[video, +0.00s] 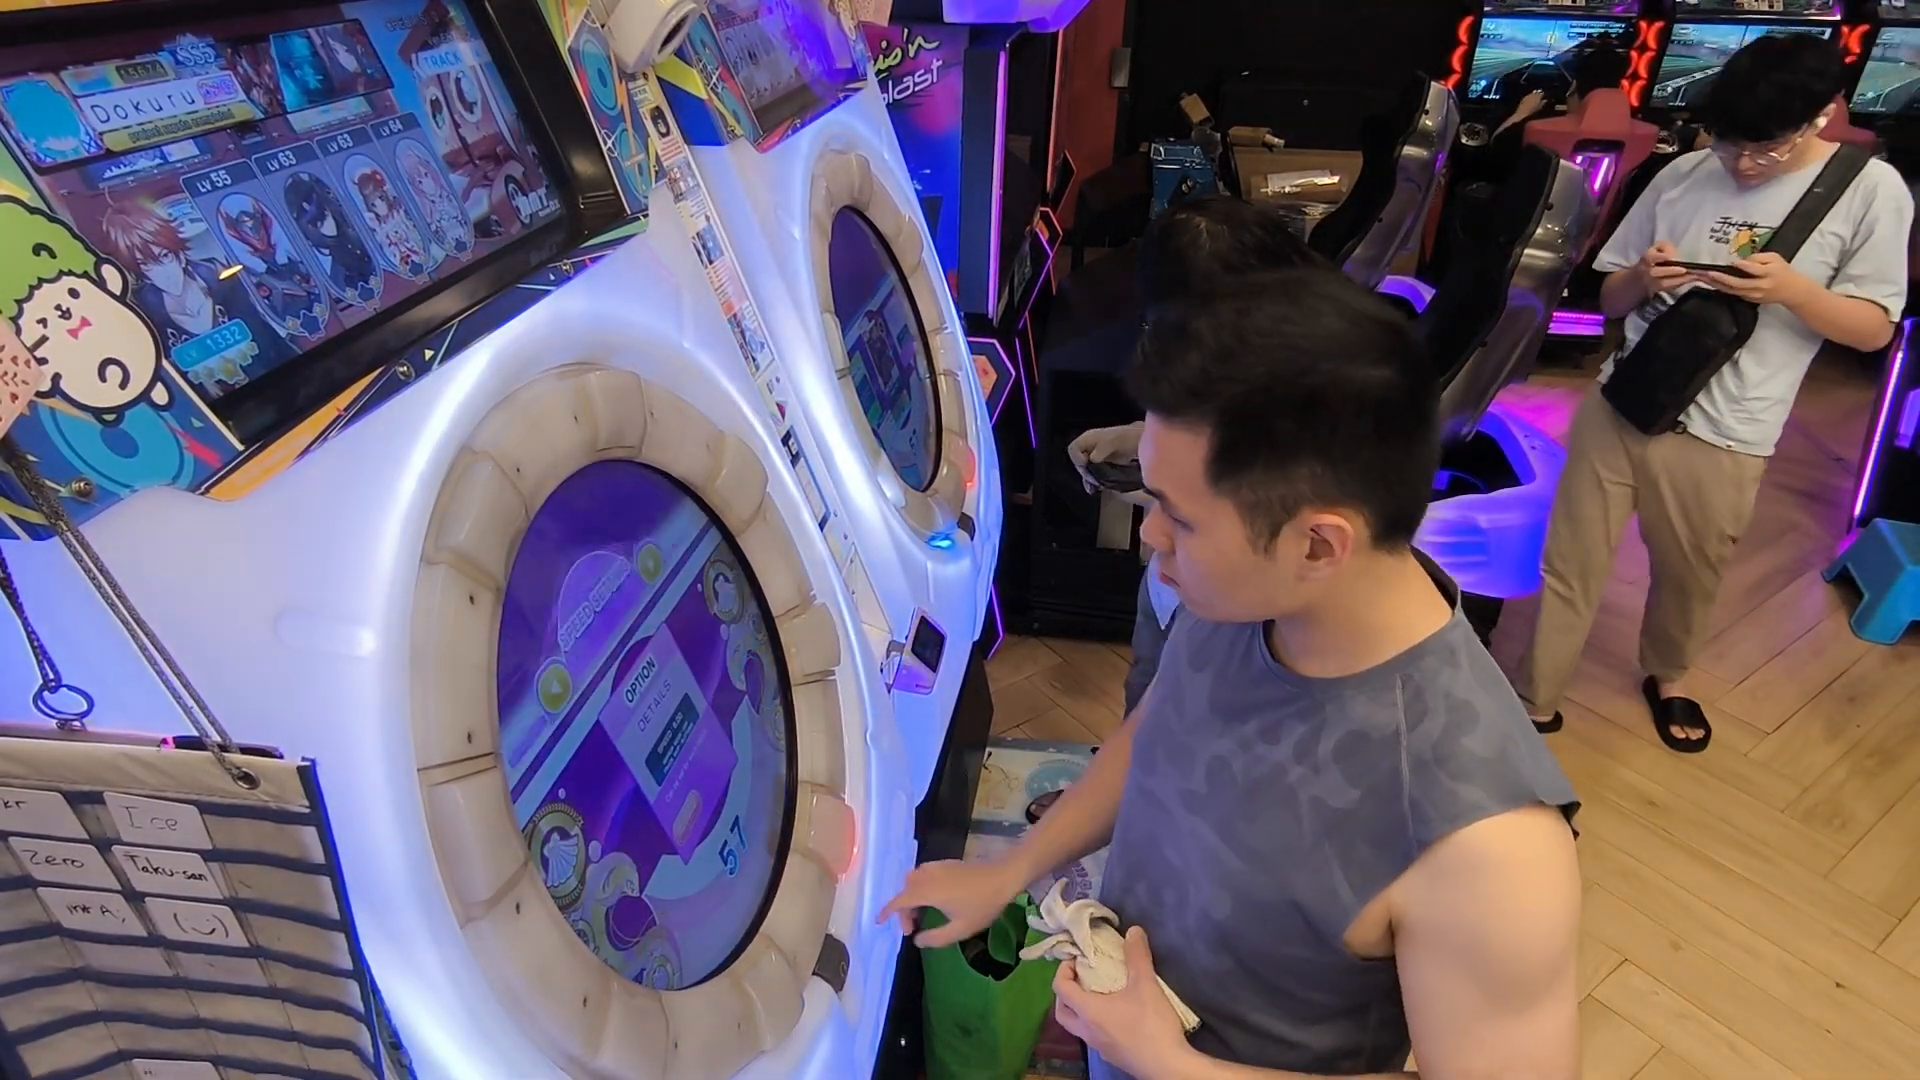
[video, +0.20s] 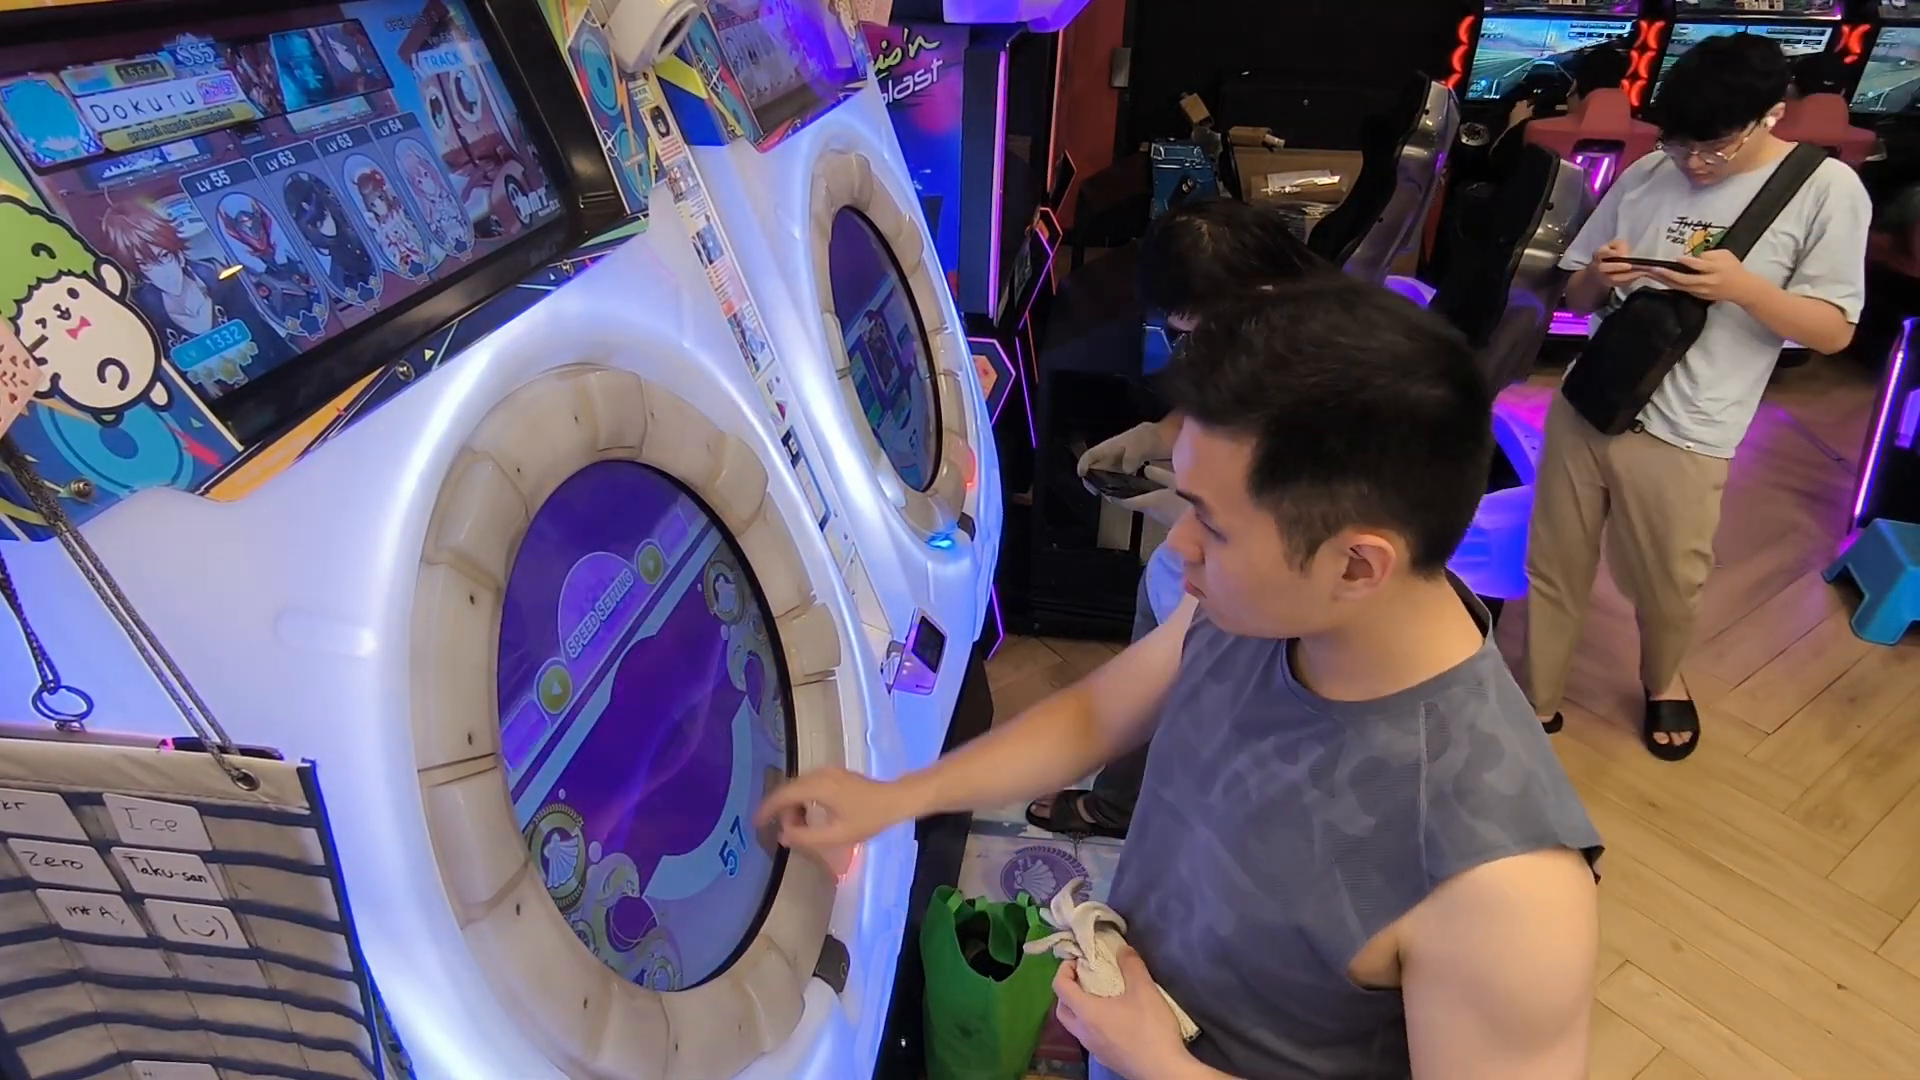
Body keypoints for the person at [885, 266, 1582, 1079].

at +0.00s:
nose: (1148, 535)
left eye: (1177, 520)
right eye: (1151, 500)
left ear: (1321, 548)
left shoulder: (1486, 840)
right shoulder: (1235, 599)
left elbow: (1465, 1066)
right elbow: (1147, 741)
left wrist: (1171, 1062)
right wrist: (1010, 871)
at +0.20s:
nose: (1178, 541)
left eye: (1212, 528)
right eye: (1186, 504)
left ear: (1358, 566)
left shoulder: (1500, 878)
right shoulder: (1251, 609)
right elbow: (1089, 721)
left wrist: (1169, 1064)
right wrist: (897, 795)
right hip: (1098, 1035)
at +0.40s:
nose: (1192, 549)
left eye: (1228, 535)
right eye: (1204, 508)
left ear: (1386, 581)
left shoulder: (1516, 906)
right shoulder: (1250, 596)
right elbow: (1021, 681)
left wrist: (1171, 1071)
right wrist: (794, 713)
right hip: (1091, 992)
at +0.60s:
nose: (1204, 564)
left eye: (1248, 556)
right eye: (1220, 525)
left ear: (1413, 599)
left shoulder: (1540, 934)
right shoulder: (1247, 597)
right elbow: (1004, 677)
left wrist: (1191, 1073)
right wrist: (763, 716)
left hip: (1229, 1068)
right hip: (1104, 989)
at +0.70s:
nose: (1207, 573)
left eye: (1253, 565)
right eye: (1222, 530)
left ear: (1418, 604)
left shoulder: (1545, 935)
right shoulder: (1244, 595)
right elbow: (1002, 680)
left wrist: (1199, 1074)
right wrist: (766, 723)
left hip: (1241, 1070)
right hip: (1108, 1001)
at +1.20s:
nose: (1195, 562)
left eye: (1235, 550)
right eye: (1208, 521)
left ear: (1402, 592)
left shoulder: (1541, 928)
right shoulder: (1245, 606)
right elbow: (994, 682)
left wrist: (1204, 1077)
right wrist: (746, 727)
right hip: (1108, 996)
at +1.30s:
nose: (1193, 565)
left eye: (1232, 551)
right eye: (1206, 523)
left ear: (1400, 588)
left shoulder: (1538, 927)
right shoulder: (1244, 607)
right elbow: (997, 685)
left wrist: (1199, 1078)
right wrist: (756, 730)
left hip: (1252, 1067)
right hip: (1111, 1006)